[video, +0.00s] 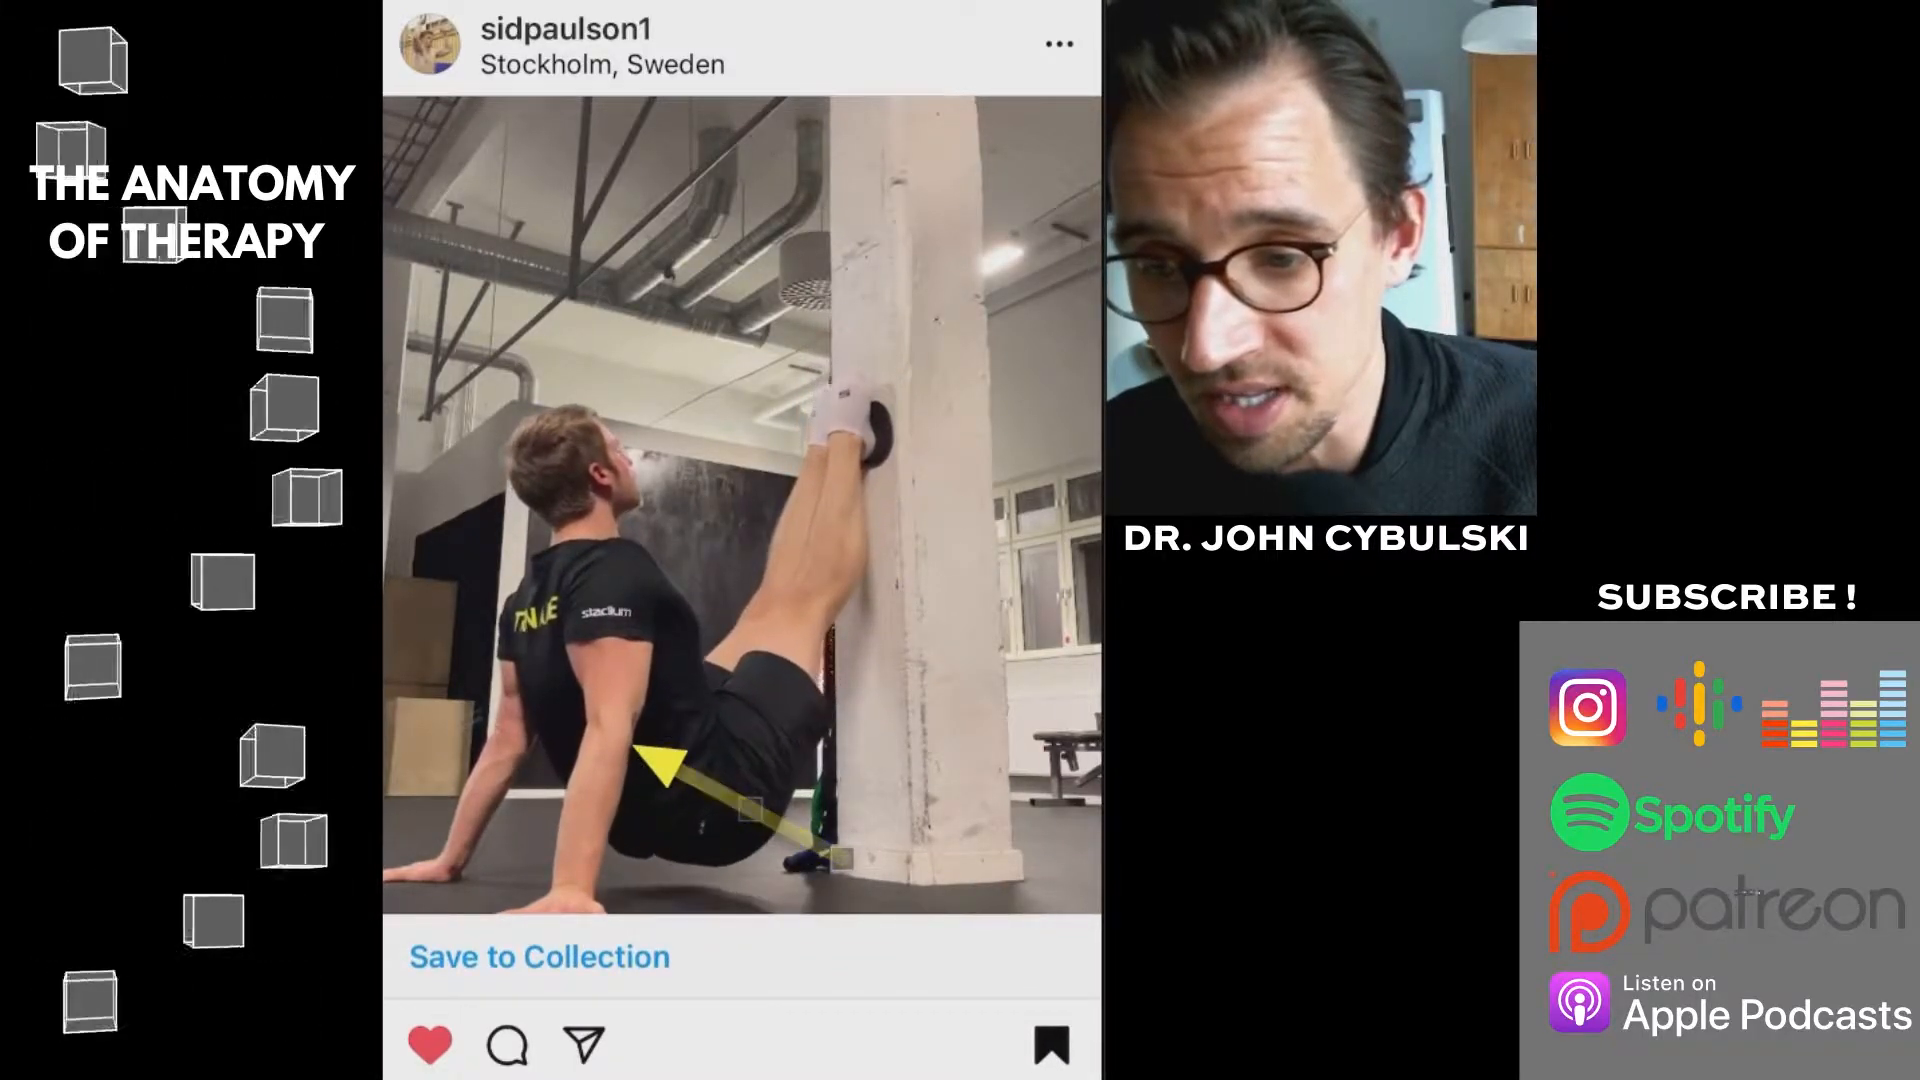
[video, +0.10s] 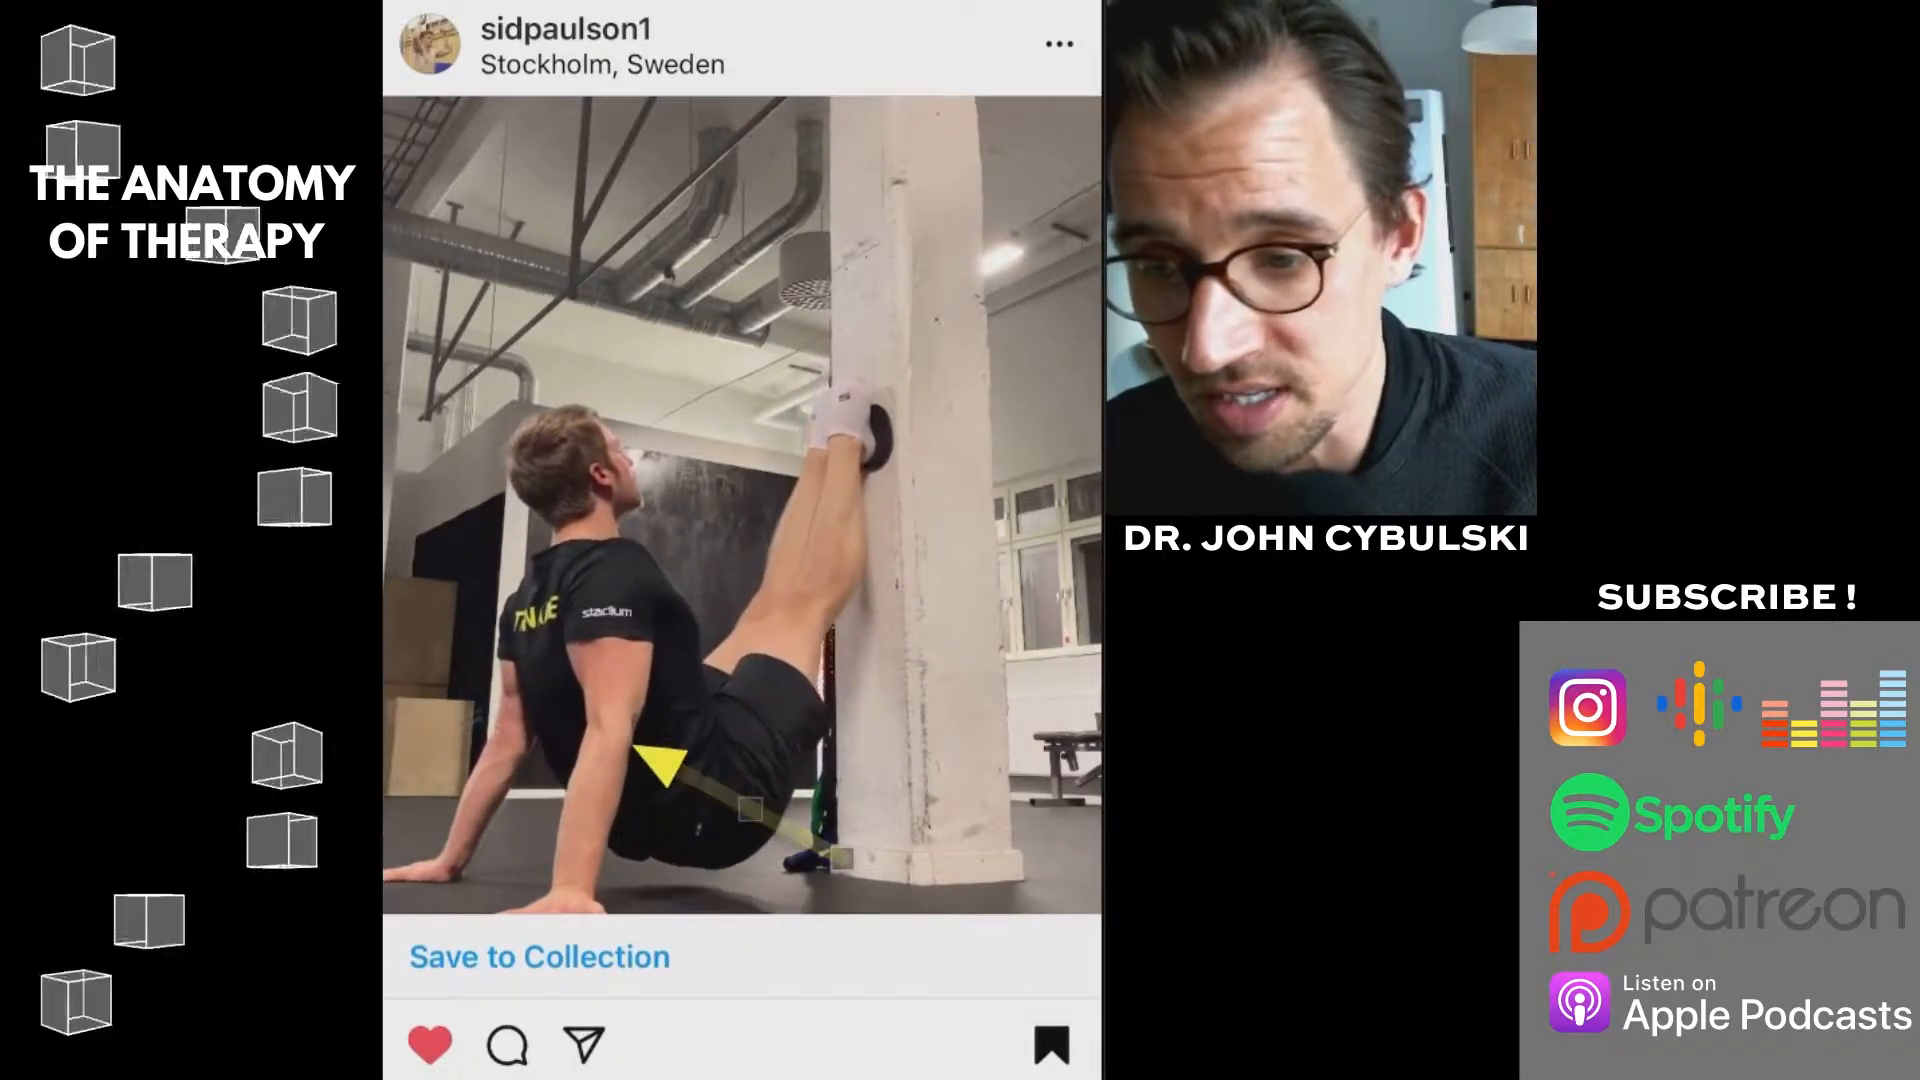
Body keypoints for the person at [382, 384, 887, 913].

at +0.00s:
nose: (630, 460)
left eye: (620, 448)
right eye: (620, 452)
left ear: (541, 496)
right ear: (603, 476)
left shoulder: (522, 600)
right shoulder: (615, 571)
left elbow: (506, 746)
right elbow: (606, 730)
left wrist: (449, 860)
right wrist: (573, 888)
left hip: (654, 820)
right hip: (722, 804)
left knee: (774, 601)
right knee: (810, 600)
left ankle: (824, 443)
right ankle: (847, 448)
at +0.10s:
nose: (631, 461)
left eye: (622, 449)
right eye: (621, 452)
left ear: (541, 497)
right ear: (602, 476)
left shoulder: (521, 601)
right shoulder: (614, 570)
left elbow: (507, 744)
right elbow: (606, 731)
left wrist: (449, 860)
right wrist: (573, 888)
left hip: (656, 822)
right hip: (720, 805)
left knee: (776, 601)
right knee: (808, 600)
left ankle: (824, 443)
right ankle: (846, 448)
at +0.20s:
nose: (631, 461)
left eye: (622, 449)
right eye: (621, 453)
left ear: (542, 497)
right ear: (602, 477)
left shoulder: (523, 601)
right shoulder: (615, 569)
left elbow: (508, 745)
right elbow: (606, 730)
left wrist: (449, 860)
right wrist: (573, 889)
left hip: (654, 824)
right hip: (716, 808)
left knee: (774, 604)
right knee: (807, 603)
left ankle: (825, 446)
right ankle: (846, 448)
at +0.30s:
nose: (631, 461)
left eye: (622, 449)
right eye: (621, 452)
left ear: (543, 497)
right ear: (603, 477)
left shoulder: (523, 601)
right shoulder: (615, 570)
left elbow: (507, 746)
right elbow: (607, 730)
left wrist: (449, 860)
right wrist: (573, 888)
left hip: (654, 824)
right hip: (716, 809)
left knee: (774, 604)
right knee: (808, 603)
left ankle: (824, 445)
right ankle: (846, 450)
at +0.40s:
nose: (631, 460)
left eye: (622, 449)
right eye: (621, 452)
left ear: (543, 497)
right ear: (603, 477)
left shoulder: (525, 600)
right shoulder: (615, 569)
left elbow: (508, 745)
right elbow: (607, 730)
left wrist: (449, 860)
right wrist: (573, 888)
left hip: (654, 826)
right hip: (712, 811)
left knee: (772, 608)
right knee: (805, 606)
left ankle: (825, 449)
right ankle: (846, 449)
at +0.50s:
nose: (632, 460)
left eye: (622, 448)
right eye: (622, 453)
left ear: (544, 499)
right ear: (604, 478)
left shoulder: (526, 600)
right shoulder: (616, 569)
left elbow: (508, 747)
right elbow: (607, 730)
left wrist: (450, 860)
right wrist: (572, 886)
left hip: (650, 829)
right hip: (708, 814)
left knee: (773, 609)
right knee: (805, 608)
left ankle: (825, 456)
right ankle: (846, 455)